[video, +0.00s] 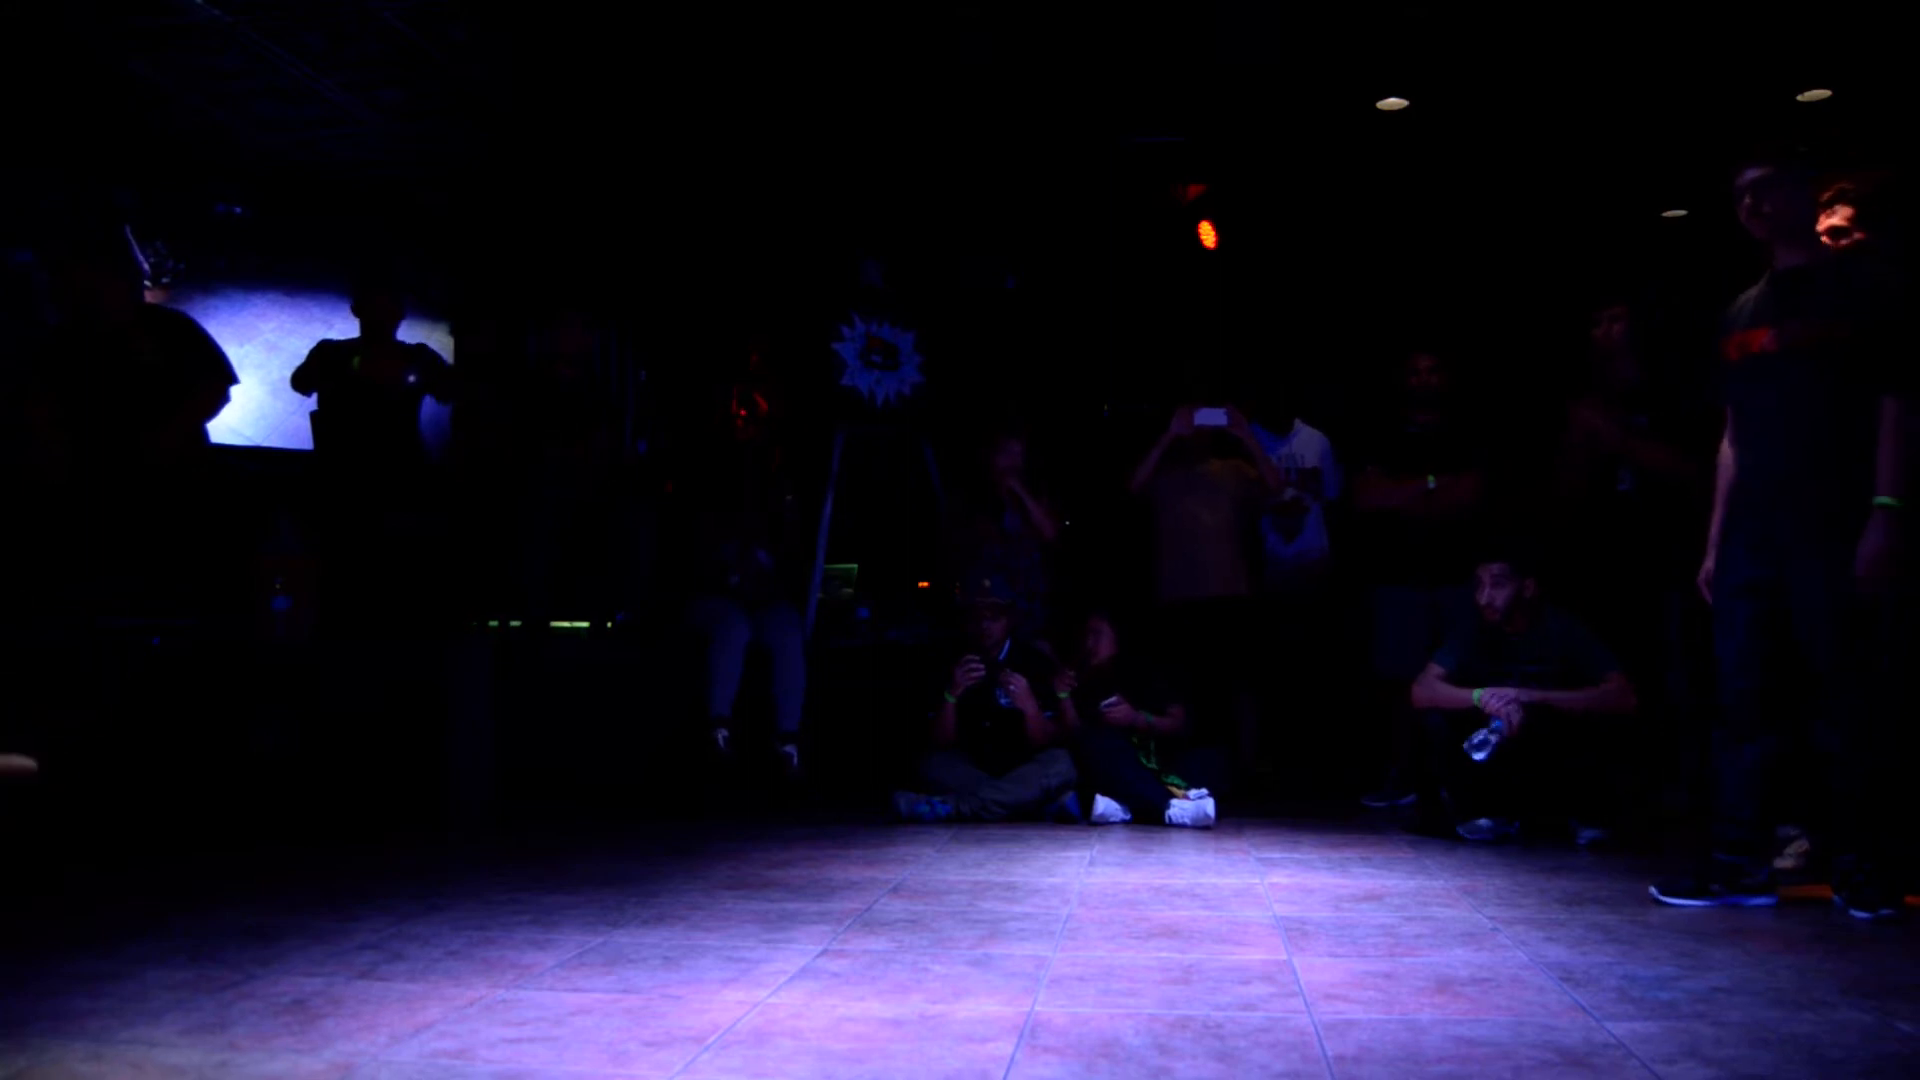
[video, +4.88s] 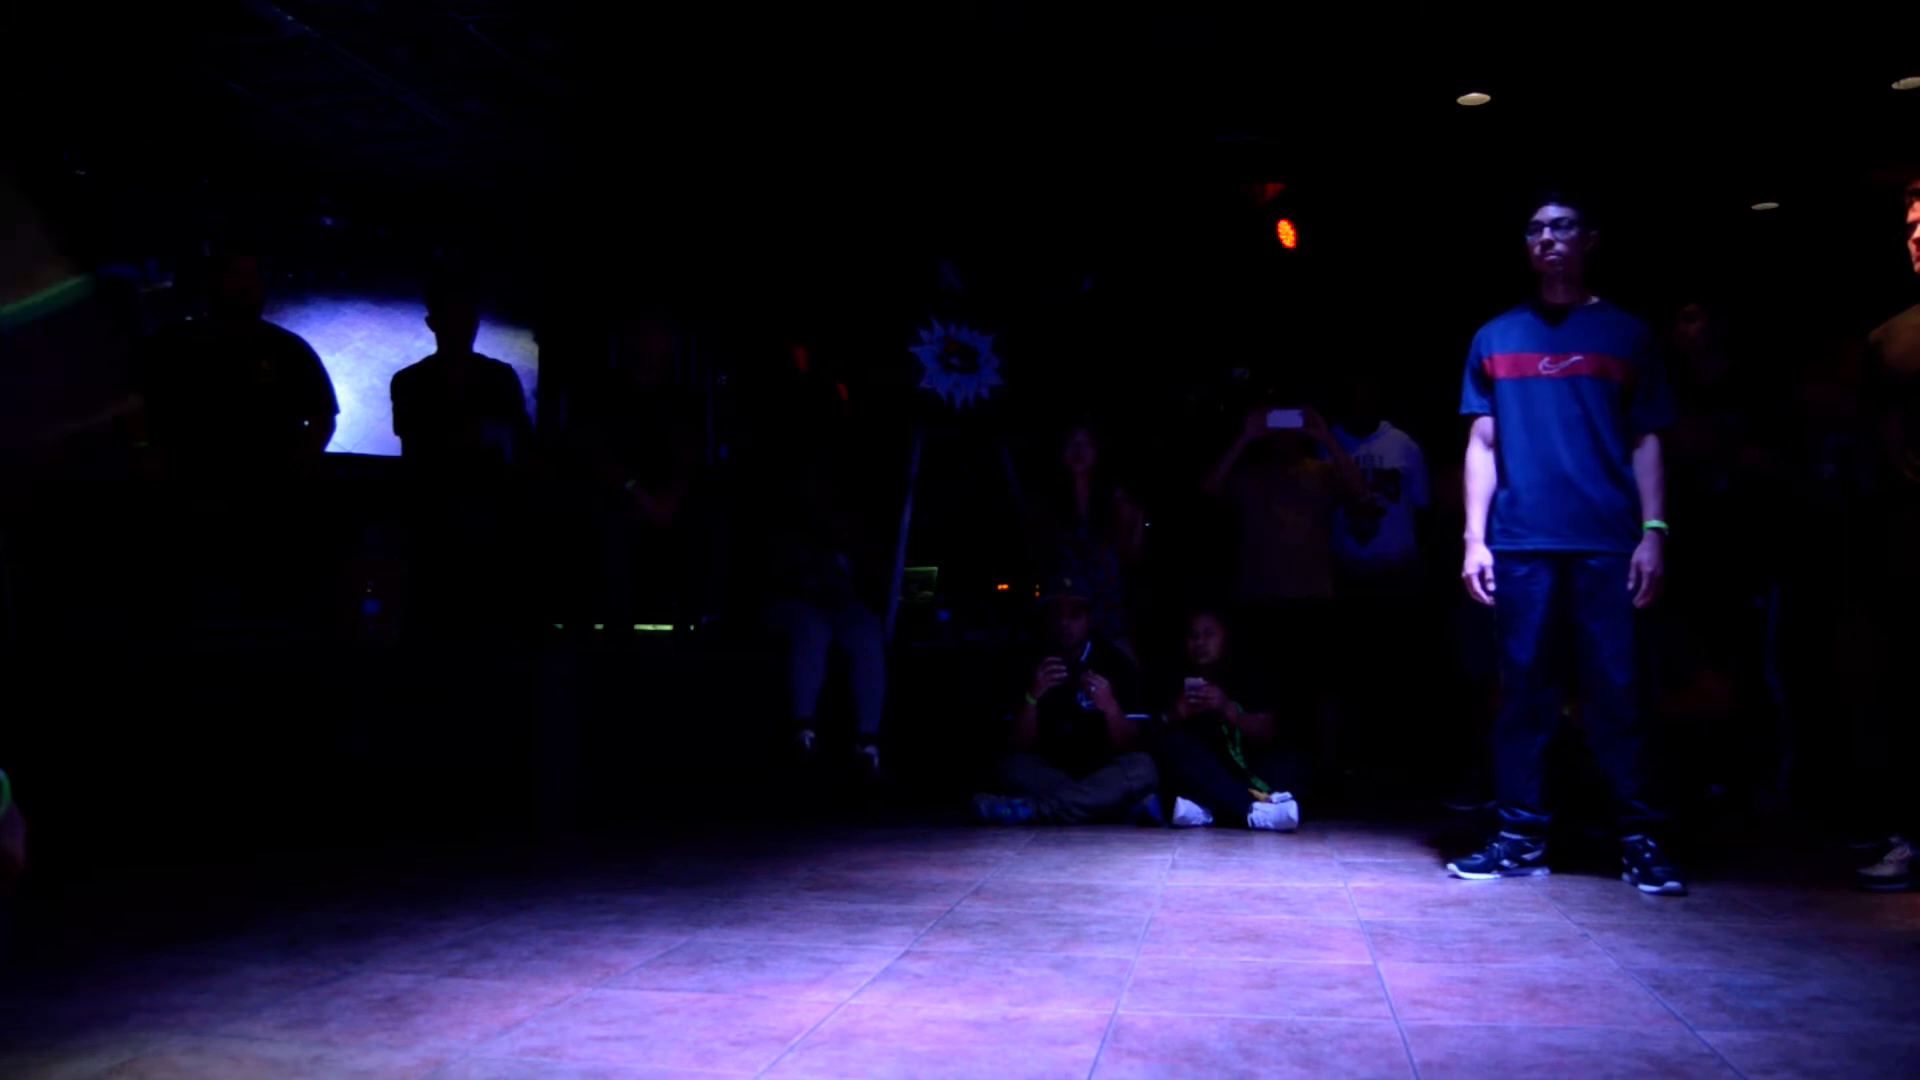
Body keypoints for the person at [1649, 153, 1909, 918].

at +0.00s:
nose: (1753, 208)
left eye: (1767, 192)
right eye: (1745, 197)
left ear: (1807, 195)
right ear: (1743, 212)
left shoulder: (1861, 281)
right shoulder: (1747, 310)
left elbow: (1893, 407)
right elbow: (1734, 437)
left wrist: (1885, 513)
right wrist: (1716, 544)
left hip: (1839, 522)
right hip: (1760, 525)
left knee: (1851, 696)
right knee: (1748, 692)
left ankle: (1867, 870)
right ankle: (1741, 861)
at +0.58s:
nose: (1679, 217)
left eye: (1694, 201)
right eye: (1673, 206)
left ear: (1732, 208)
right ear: (1670, 223)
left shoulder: (1775, 294)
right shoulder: (1685, 311)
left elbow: (1793, 409)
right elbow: (1683, 429)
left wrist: (1766, 517)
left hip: (1749, 521)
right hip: (1693, 524)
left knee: (1761, 686)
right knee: (1707, 689)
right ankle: (1734, 860)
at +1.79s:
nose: (1619, 225)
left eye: (1634, 211)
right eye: (1615, 213)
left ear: (1676, 217)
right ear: (1622, 227)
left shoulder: (1693, 300)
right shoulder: (1671, 301)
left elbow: (1693, 425)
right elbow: (1678, 426)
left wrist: (1664, 534)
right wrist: (1636, 533)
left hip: (1677, 530)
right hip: (1673, 527)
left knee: (1662, 694)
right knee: (1724, 686)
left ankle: (1652, 859)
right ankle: (1820, 847)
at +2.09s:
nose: (1572, 225)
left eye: (1587, 212)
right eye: (1570, 213)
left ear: (1630, 218)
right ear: (1607, 226)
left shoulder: (1639, 299)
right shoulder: (1639, 296)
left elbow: (1618, 428)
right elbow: (1622, 430)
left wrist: (1558, 524)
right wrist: (1586, 545)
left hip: (1633, 525)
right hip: (1637, 521)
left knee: (1627, 686)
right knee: (1641, 680)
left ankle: (1641, 857)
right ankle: (1711, 824)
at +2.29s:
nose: (1554, 229)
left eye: (1569, 216)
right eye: (1553, 217)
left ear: (1611, 221)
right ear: (1583, 228)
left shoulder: (1623, 301)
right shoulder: (1608, 298)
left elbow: (1597, 424)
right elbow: (1596, 423)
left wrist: (1541, 521)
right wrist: (1551, 518)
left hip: (1619, 526)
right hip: (1598, 524)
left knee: (1614, 685)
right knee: (1577, 678)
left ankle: (1640, 854)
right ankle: (1592, 831)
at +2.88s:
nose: (1500, 237)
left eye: (1516, 226)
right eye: (1499, 227)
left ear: (1553, 238)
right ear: (1505, 241)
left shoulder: (1578, 315)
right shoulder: (1520, 328)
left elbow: (1591, 429)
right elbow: (1500, 456)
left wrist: (1574, 528)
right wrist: (1465, 549)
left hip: (1552, 540)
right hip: (1504, 544)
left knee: (1583, 694)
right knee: (1519, 695)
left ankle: (1639, 850)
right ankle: (1521, 838)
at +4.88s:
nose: (1549, 241)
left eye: (1562, 230)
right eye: (1539, 231)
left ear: (1589, 242)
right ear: (1527, 247)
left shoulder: (1624, 334)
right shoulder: (1495, 338)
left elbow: (1644, 440)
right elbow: (1481, 443)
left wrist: (1653, 532)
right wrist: (1475, 538)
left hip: (1605, 542)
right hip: (1522, 542)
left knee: (1617, 693)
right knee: (1523, 692)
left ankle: (1639, 841)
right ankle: (1520, 836)